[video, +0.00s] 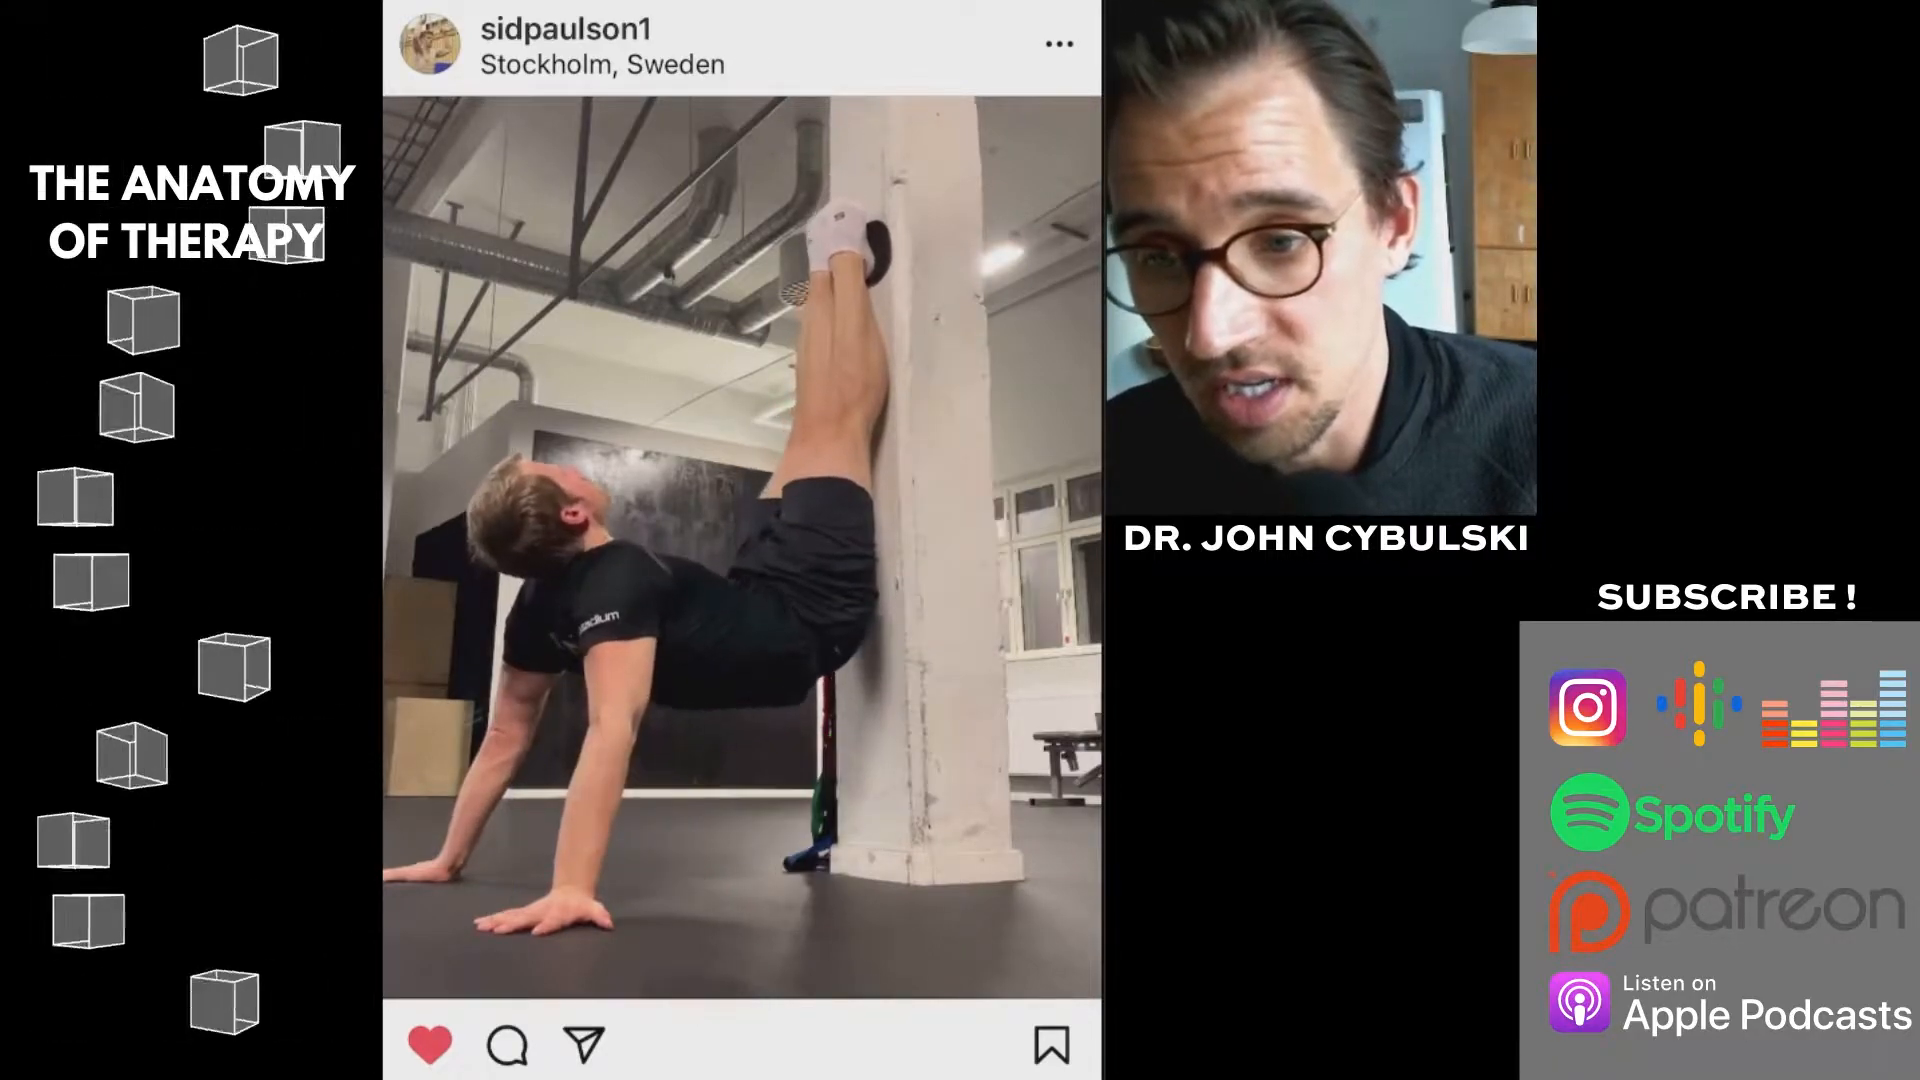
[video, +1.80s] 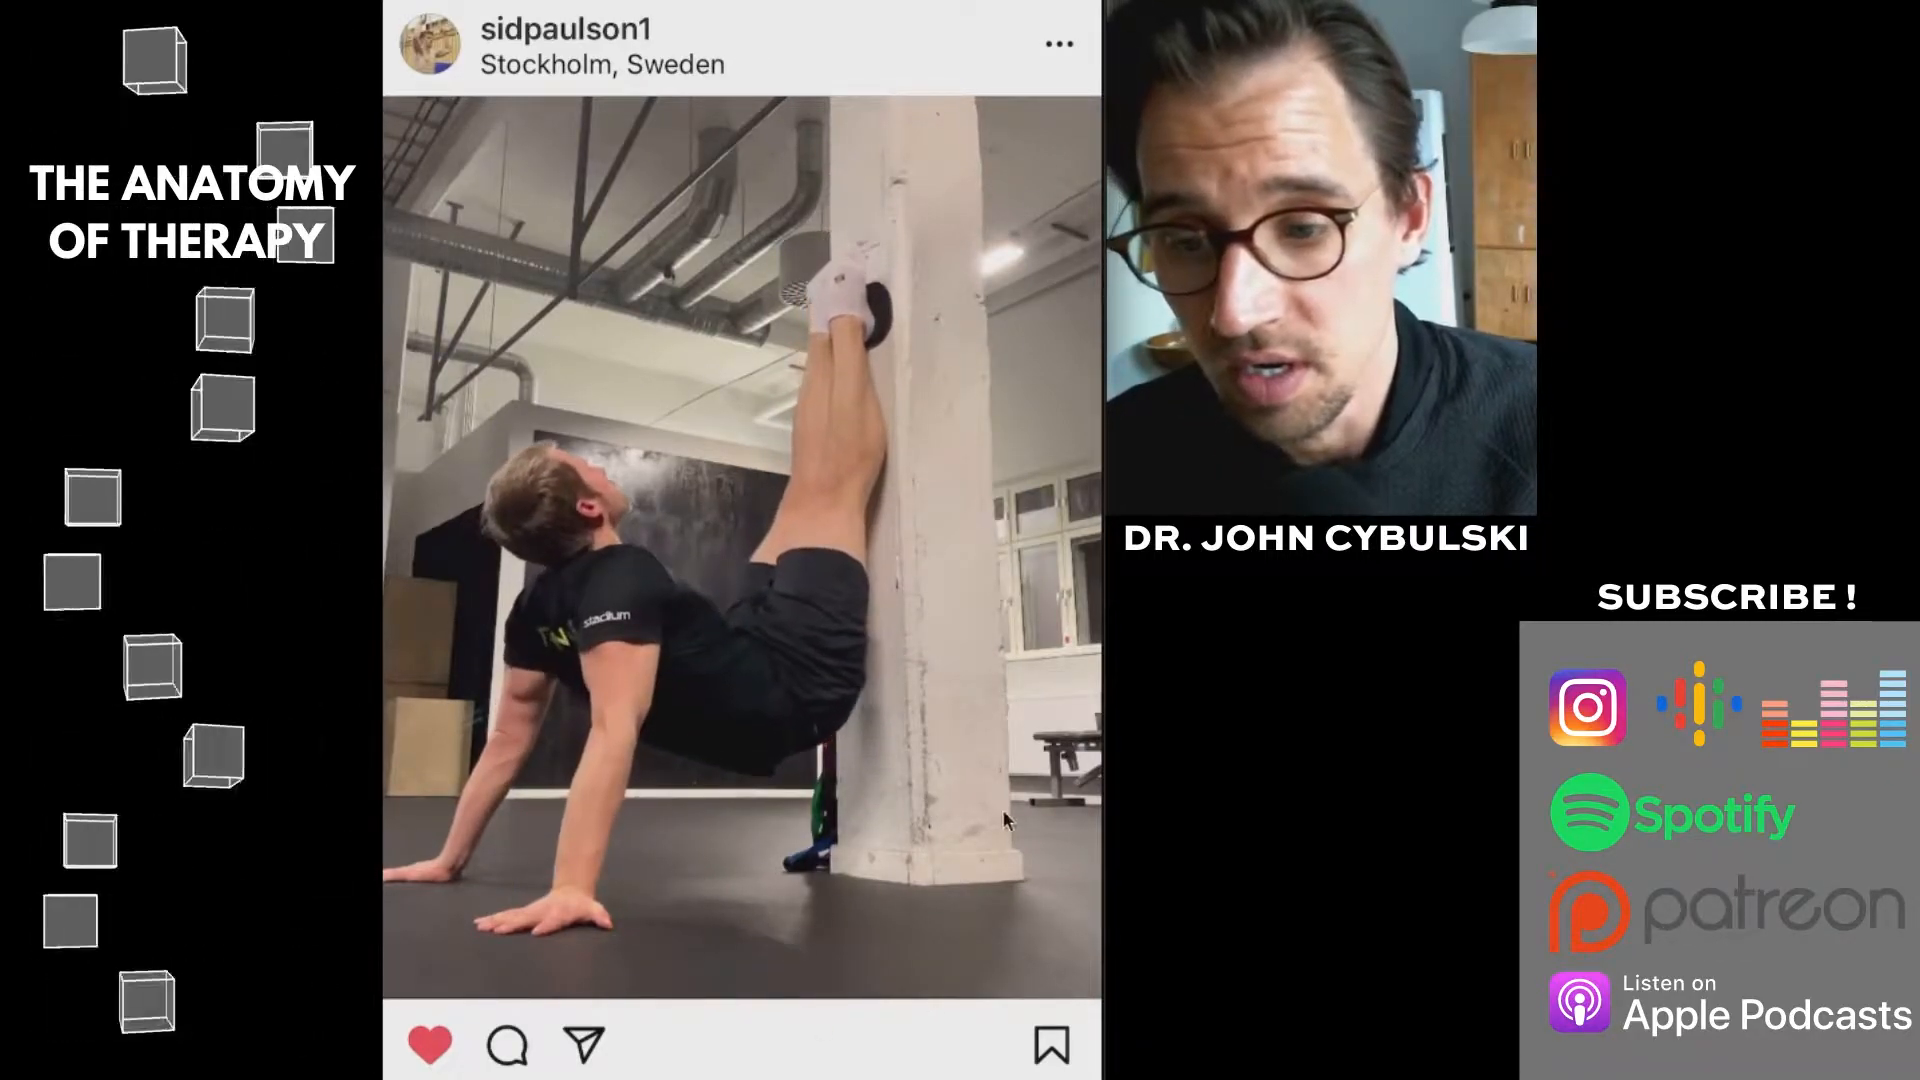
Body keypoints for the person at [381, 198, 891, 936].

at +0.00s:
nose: (575, 465)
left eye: (557, 465)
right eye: (563, 472)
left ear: (545, 541)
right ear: (572, 515)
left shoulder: (537, 606)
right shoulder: (618, 581)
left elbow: (506, 738)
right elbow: (611, 729)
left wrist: (448, 859)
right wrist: (572, 887)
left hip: (761, 609)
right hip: (810, 614)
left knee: (813, 416)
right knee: (844, 414)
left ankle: (824, 277)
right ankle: (846, 259)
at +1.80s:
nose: (596, 465)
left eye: (579, 459)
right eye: (584, 466)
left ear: (538, 536)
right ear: (590, 509)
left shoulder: (534, 606)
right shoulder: (619, 576)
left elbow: (506, 745)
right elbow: (611, 734)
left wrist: (448, 860)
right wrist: (573, 887)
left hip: (749, 711)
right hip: (800, 689)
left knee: (807, 491)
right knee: (840, 483)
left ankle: (827, 330)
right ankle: (846, 324)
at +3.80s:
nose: (623, 461)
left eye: (611, 451)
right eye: (612, 455)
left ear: (545, 511)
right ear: (600, 485)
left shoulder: (531, 604)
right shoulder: (621, 574)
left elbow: (508, 742)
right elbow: (612, 729)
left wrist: (449, 859)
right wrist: (572, 888)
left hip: (701, 772)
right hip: (769, 743)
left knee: (792, 537)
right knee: (829, 535)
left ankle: (826, 384)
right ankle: (847, 378)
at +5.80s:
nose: (627, 461)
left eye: (617, 449)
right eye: (616, 454)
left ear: (542, 501)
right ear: (600, 480)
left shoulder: (523, 603)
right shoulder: (613, 572)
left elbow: (508, 742)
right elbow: (606, 730)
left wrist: (450, 859)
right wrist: (573, 888)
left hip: (673, 808)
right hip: (744, 783)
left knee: (783, 583)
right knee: (817, 576)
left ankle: (825, 421)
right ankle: (846, 423)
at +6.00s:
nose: (628, 461)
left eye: (618, 449)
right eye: (616, 454)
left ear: (541, 501)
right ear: (600, 479)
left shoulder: (522, 602)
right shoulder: (613, 571)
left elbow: (508, 744)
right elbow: (605, 730)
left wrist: (450, 859)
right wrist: (572, 889)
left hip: (665, 806)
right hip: (732, 782)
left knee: (782, 585)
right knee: (816, 581)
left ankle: (825, 425)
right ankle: (846, 429)